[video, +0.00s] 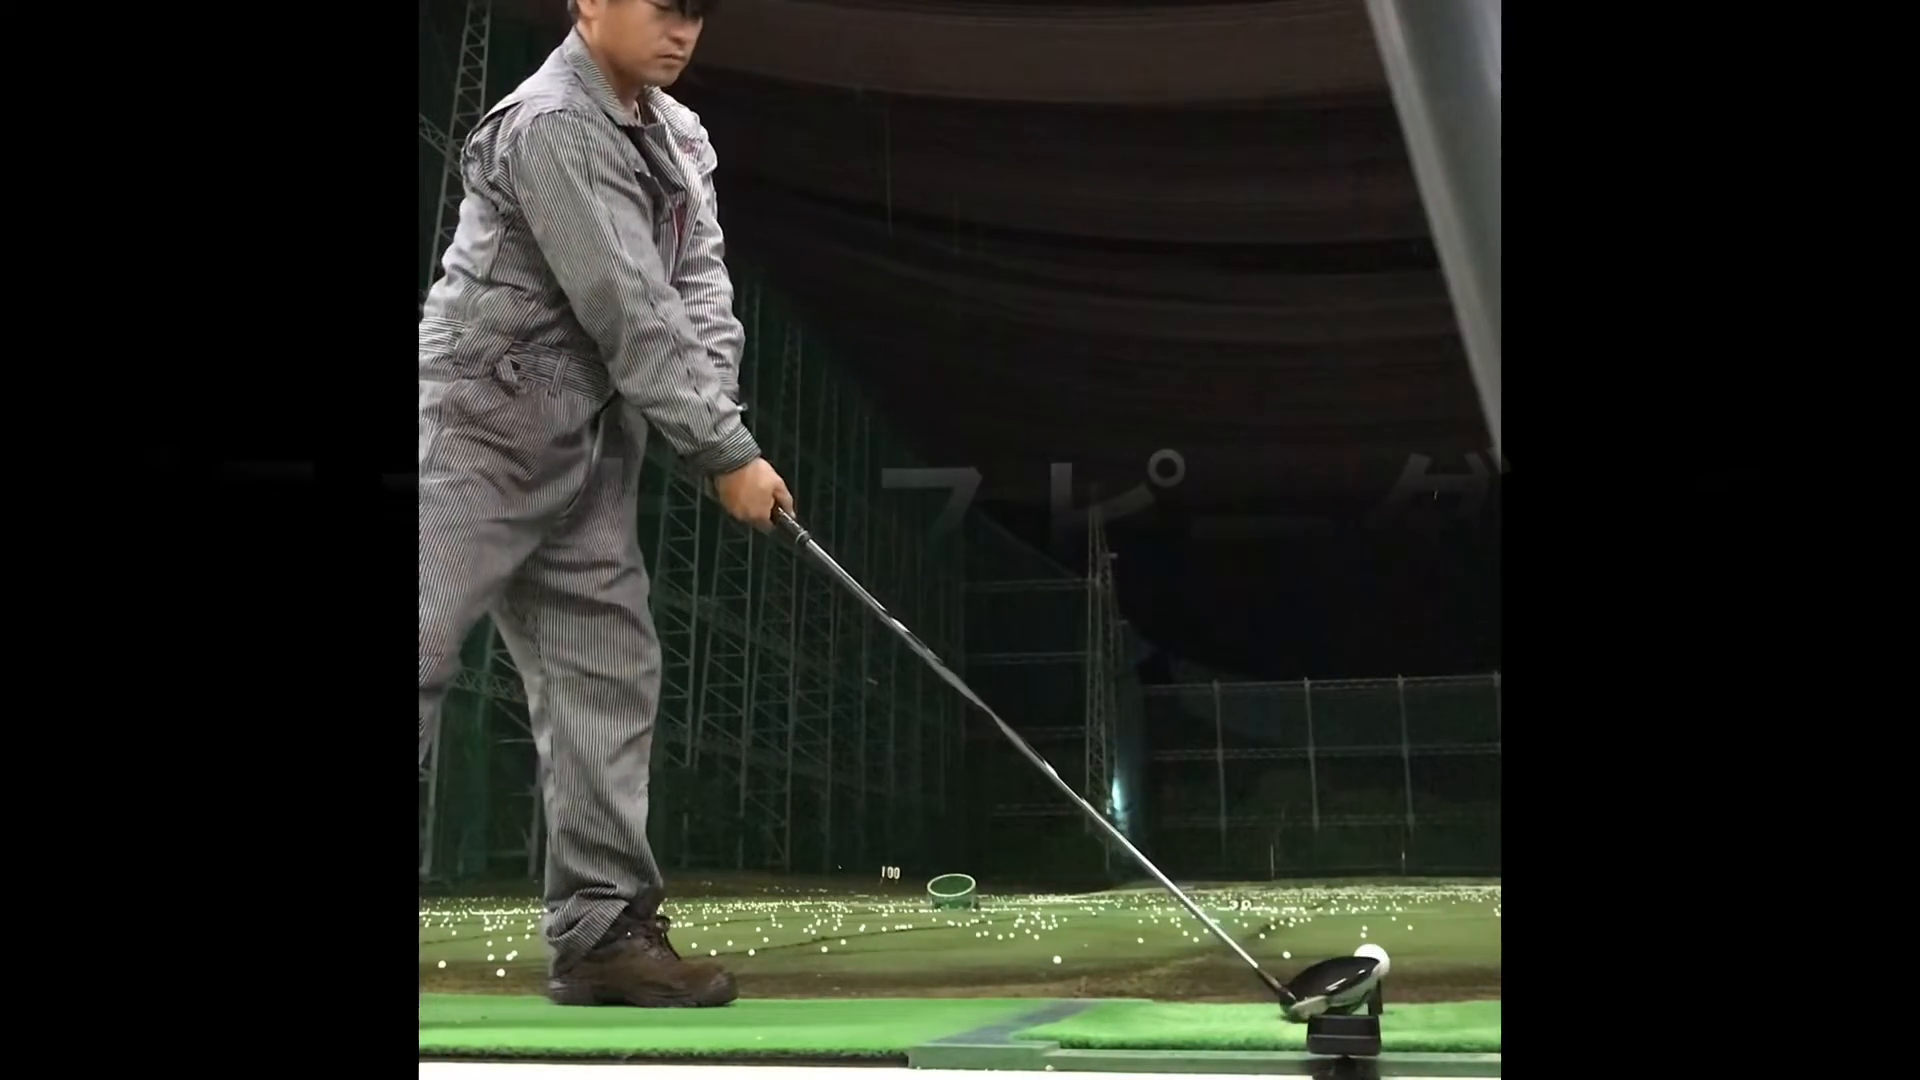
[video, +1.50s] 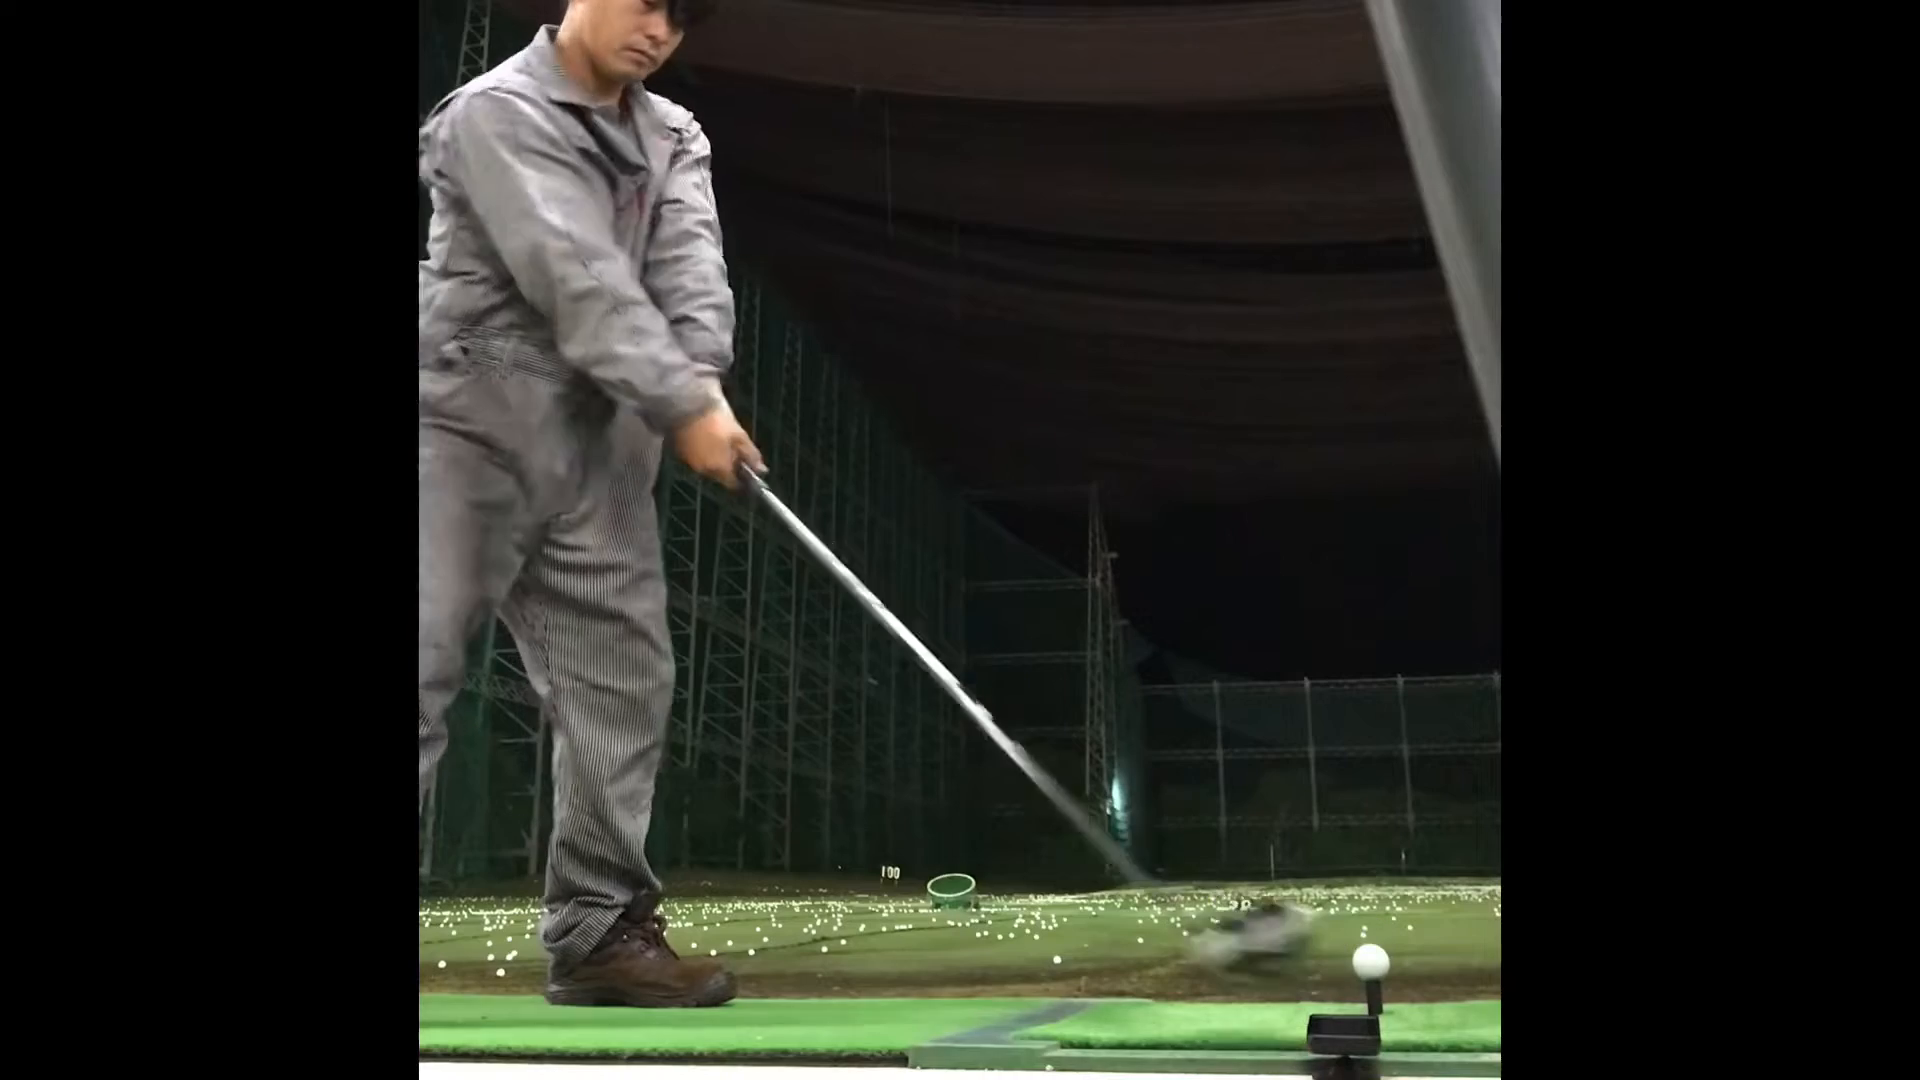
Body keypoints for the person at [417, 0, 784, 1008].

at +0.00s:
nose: (684, 27)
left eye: (693, 11)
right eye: (662, 8)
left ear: (695, 22)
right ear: (590, 10)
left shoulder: (681, 130)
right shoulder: (553, 125)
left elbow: (706, 287)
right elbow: (626, 309)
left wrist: (709, 417)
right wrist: (727, 453)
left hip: (583, 457)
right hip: (469, 442)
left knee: (606, 676)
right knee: (423, 664)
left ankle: (601, 935)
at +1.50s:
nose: (659, 28)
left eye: (672, 15)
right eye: (642, 4)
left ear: (674, 34)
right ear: (578, 3)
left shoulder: (675, 133)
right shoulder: (498, 111)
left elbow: (692, 264)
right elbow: (574, 277)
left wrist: (695, 385)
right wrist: (684, 405)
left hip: (602, 447)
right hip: (465, 433)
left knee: (621, 677)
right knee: (428, 679)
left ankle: (598, 936)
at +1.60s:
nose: (653, 30)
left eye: (670, 20)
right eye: (638, 5)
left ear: (673, 42)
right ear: (574, 2)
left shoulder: (682, 132)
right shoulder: (469, 105)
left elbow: (680, 240)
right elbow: (512, 236)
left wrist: (645, 335)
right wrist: (590, 342)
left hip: (604, 428)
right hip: (460, 421)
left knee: (629, 677)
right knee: (420, 656)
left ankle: (600, 935)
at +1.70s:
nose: (653, 33)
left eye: (672, 26)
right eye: (639, 7)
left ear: (676, 48)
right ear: (577, 2)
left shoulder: (685, 130)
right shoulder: (454, 95)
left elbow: (620, 194)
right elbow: (440, 178)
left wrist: (492, 228)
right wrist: (446, 225)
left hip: (591, 430)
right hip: (441, 413)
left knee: (634, 683)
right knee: (416, 640)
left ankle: (601, 936)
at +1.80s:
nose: (651, 30)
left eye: (672, 24)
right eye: (636, 5)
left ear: (678, 47)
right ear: (578, 4)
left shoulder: (677, 120)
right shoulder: (472, 84)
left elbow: (556, 108)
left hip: (572, 405)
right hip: (435, 386)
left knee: (624, 673)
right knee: (420, 620)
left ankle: (607, 930)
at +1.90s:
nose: (634, 24)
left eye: (647, 21)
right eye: (628, 7)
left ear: (656, 33)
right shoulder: (448, 77)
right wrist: (533, 31)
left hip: (533, 377)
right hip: (427, 378)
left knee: (610, 658)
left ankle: (622, 913)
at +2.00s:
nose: (621, 4)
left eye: (621, 2)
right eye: (626, 4)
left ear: (632, 13)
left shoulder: (606, 64)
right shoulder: (442, 72)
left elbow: (457, 3)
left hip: (506, 374)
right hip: (438, 382)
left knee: (603, 673)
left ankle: (652, 889)